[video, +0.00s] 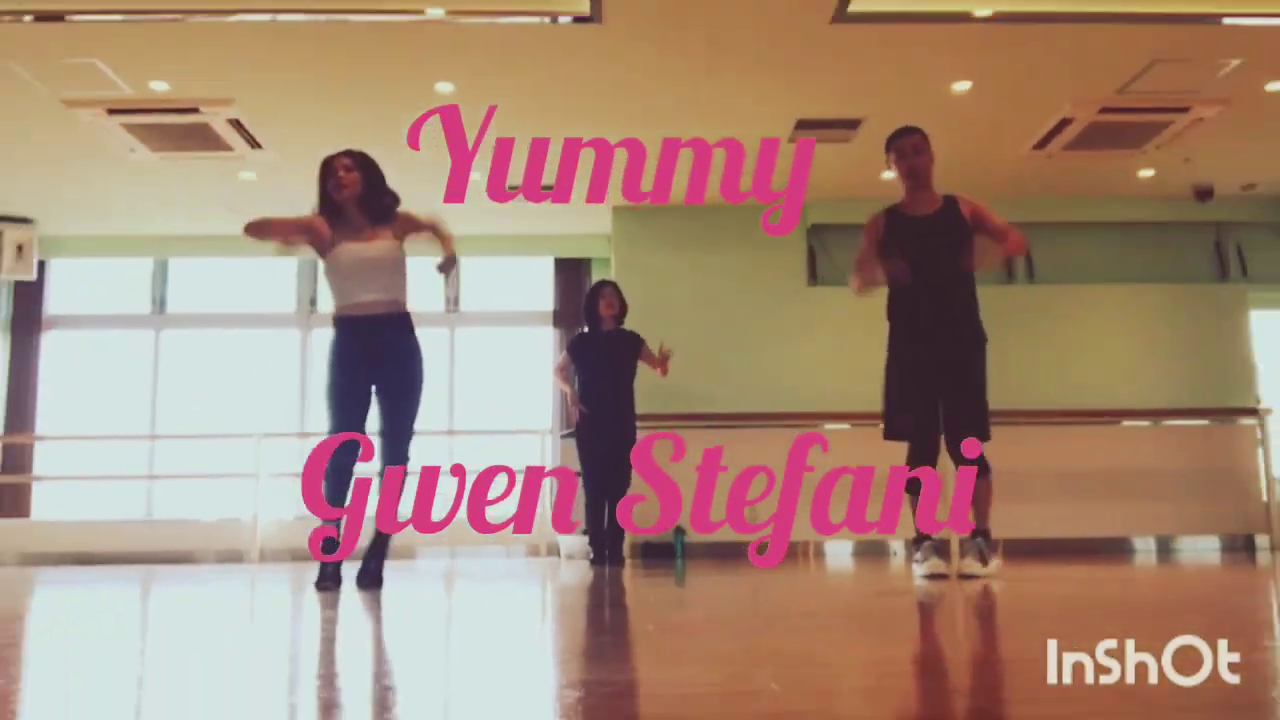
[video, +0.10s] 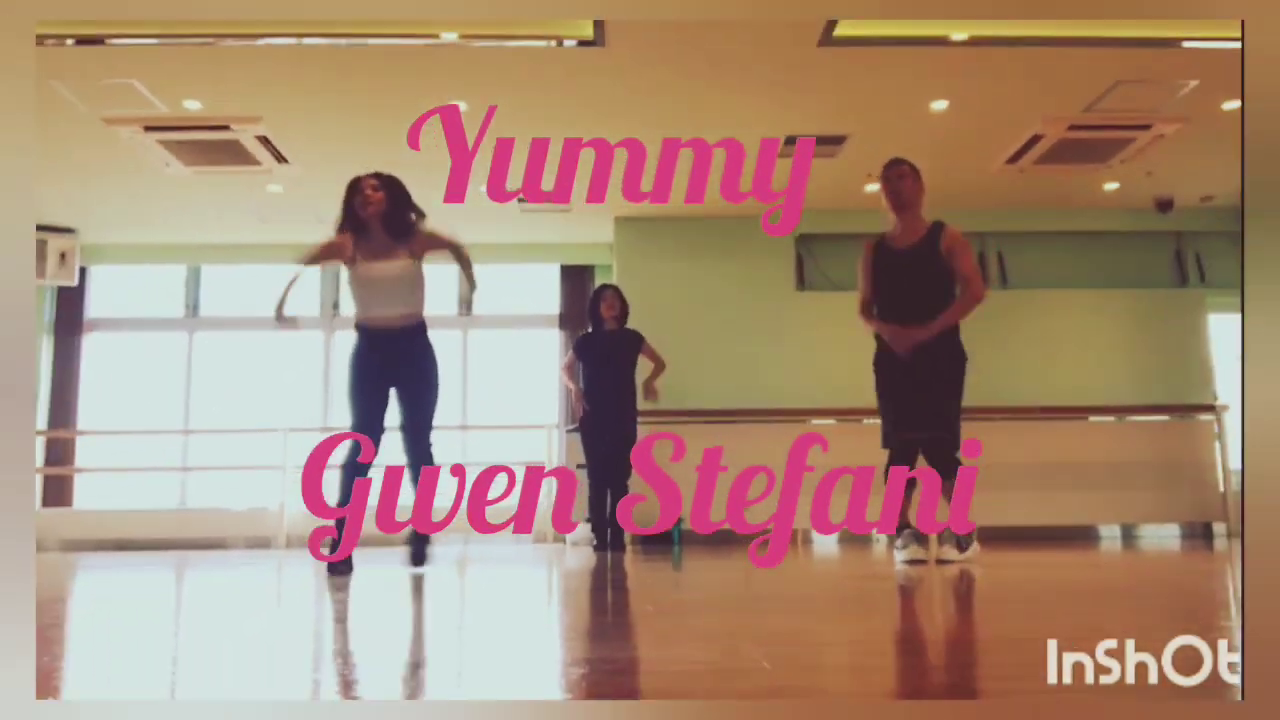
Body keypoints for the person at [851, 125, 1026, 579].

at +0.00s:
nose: (913, 161)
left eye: (919, 152)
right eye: (904, 155)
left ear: (932, 157)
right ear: (891, 164)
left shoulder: (962, 209)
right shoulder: (883, 223)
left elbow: (1016, 241)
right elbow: (861, 279)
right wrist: (884, 268)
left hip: (961, 342)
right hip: (911, 347)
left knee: (968, 444)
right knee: (921, 446)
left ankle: (979, 538)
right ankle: (926, 542)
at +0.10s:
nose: (897, 186)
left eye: (903, 177)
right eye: (890, 180)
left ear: (920, 186)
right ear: (884, 193)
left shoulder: (946, 238)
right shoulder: (875, 249)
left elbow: (976, 290)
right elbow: (865, 307)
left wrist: (927, 332)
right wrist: (887, 331)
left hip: (939, 354)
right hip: (893, 357)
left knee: (941, 445)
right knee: (900, 447)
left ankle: (959, 528)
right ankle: (906, 532)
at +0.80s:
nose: (902, 180)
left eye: (910, 173)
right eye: (902, 174)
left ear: (931, 178)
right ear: (911, 184)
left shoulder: (942, 214)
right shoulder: (913, 225)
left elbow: (917, 165)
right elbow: (881, 204)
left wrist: (873, 138)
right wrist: (856, 172)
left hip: (948, 346)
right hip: (924, 349)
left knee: (962, 436)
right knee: (913, 441)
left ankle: (1021, 515)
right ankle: (992, 496)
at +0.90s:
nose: (904, 170)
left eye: (913, 165)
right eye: (907, 164)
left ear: (935, 175)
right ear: (919, 175)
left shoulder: (942, 213)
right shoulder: (916, 225)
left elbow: (918, 190)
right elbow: (886, 244)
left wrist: (873, 170)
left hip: (946, 346)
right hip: (920, 348)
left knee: (970, 438)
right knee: (882, 430)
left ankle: (1029, 517)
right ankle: (940, 499)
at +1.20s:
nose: (888, 186)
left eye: (901, 186)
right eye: (897, 183)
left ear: (911, 209)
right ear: (899, 206)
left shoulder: (907, 241)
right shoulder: (882, 251)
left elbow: (950, 273)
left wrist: (998, 316)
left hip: (910, 392)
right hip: (881, 392)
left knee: (954, 481)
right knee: (819, 460)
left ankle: (1058, 531)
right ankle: (846, 548)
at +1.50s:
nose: (854, 142)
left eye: (863, 135)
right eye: (848, 135)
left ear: (882, 146)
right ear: (839, 146)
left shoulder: (897, 192)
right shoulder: (827, 210)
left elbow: (957, 211)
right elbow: (779, 244)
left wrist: (1014, 228)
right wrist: (725, 256)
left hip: (879, 330)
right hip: (829, 331)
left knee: (879, 436)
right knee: (821, 441)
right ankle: (818, 549)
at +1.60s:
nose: (849, 155)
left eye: (856, 147)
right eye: (841, 148)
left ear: (871, 155)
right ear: (830, 159)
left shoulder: (892, 205)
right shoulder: (821, 222)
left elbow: (959, 215)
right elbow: (771, 249)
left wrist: (1018, 230)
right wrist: (714, 249)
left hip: (875, 341)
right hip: (824, 342)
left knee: (865, 447)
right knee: (809, 444)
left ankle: (841, 542)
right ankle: (787, 544)